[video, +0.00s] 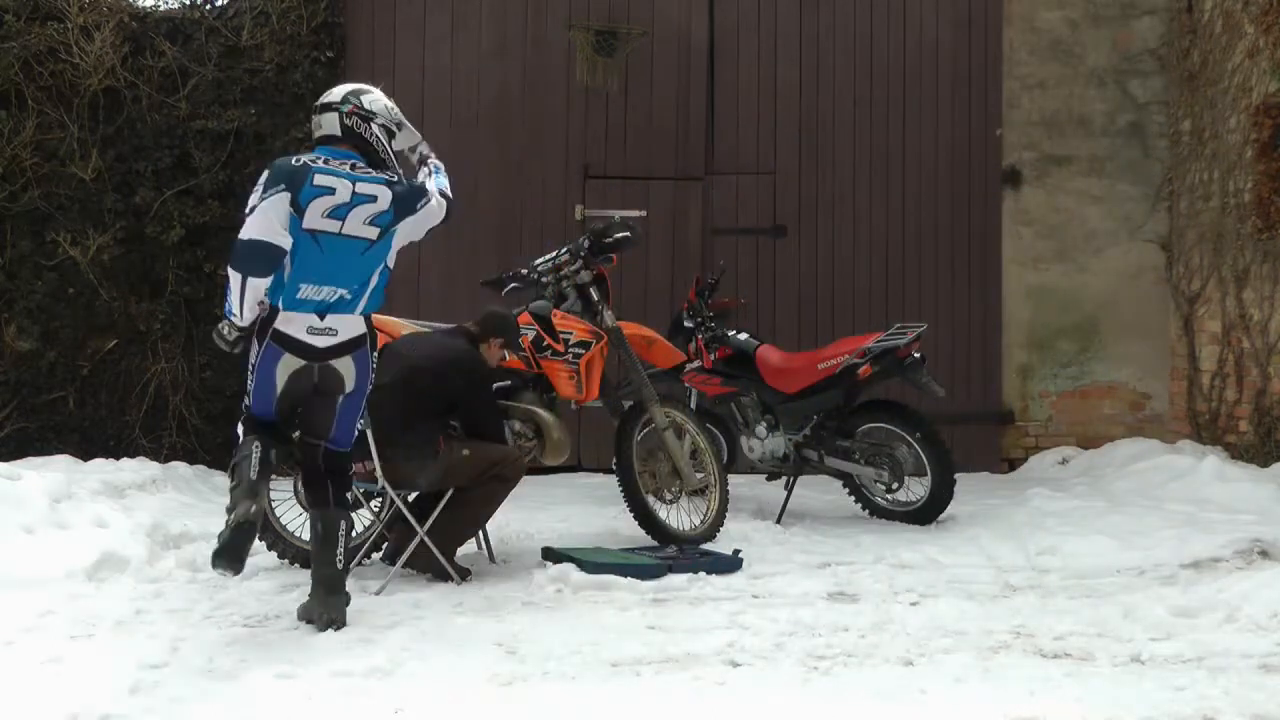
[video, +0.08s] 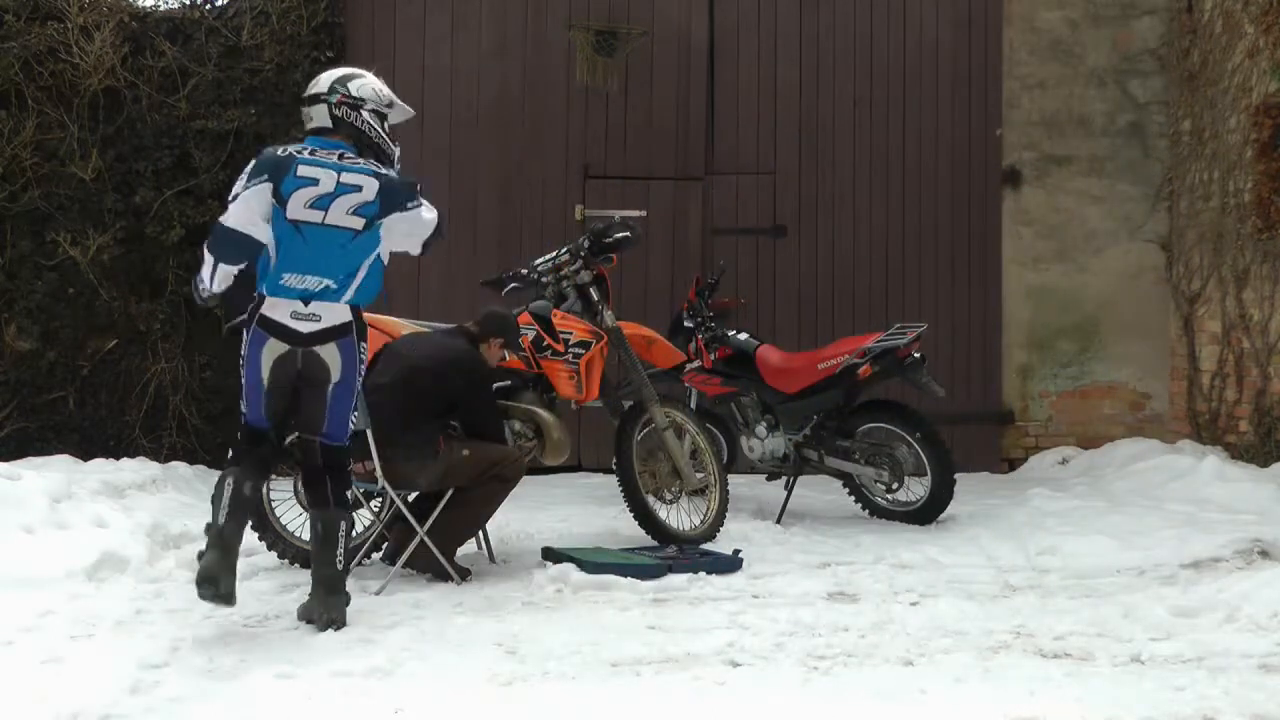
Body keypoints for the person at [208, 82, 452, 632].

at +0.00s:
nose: (386, 144)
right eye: (384, 135)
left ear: (324, 125)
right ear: (375, 134)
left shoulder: (287, 173)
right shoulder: (394, 195)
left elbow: (257, 252)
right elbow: (439, 198)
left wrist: (238, 318)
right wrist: (421, 153)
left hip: (284, 337)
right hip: (351, 347)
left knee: (259, 421)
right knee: (328, 468)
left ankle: (246, 503)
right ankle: (329, 598)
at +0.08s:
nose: (388, 131)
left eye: (386, 121)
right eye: (382, 121)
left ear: (318, 115)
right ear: (359, 118)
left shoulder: (273, 163)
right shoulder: (383, 183)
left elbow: (232, 238)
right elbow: (424, 229)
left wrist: (209, 293)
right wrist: (390, 174)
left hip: (271, 328)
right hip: (339, 335)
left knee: (254, 440)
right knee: (328, 460)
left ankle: (221, 554)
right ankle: (327, 596)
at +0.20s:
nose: (374, 127)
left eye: (373, 116)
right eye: (365, 116)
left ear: (305, 116)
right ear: (331, 116)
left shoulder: (250, 162)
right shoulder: (355, 186)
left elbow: (196, 231)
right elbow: (386, 271)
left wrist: (200, 193)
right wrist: (382, 323)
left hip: (251, 338)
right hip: (317, 342)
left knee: (241, 463)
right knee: (327, 461)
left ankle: (213, 603)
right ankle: (329, 592)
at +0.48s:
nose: (360, 144)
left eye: (362, 132)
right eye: (354, 131)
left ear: (298, 123)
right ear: (324, 124)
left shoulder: (251, 167)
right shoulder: (312, 176)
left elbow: (224, 216)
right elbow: (309, 251)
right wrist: (382, 293)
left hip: (236, 335)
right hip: (293, 336)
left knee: (240, 467)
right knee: (341, 437)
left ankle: (211, 607)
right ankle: (296, 539)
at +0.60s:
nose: (355, 116)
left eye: (355, 105)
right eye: (343, 107)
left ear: (292, 117)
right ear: (308, 113)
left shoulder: (263, 169)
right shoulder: (311, 168)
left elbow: (241, 248)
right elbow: (324, 231)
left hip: (252, 334)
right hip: (300, 333)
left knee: (265, 468)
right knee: (339, 468)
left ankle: (214, 603)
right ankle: (274, 604)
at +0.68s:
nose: (360, 120)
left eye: (360, 109)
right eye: (347, 112)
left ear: (306, 126)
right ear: (311, 120)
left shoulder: (277, 171)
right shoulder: (310, 173)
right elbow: (369, 206)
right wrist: (414, 136)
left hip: (274, 328)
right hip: (300, 327)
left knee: (305, 457)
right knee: (334, 466)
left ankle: (225, 574)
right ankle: (272, 610)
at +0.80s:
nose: (371, 132)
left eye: (376, 122)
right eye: (360, 119)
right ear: (327, 117)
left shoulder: (289, 172)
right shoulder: (314, 174)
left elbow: (266, 256)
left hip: (311, 329)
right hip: (299, 331)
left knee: (389, 435)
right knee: (326, 471)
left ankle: (282, 515)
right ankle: (268, 616)